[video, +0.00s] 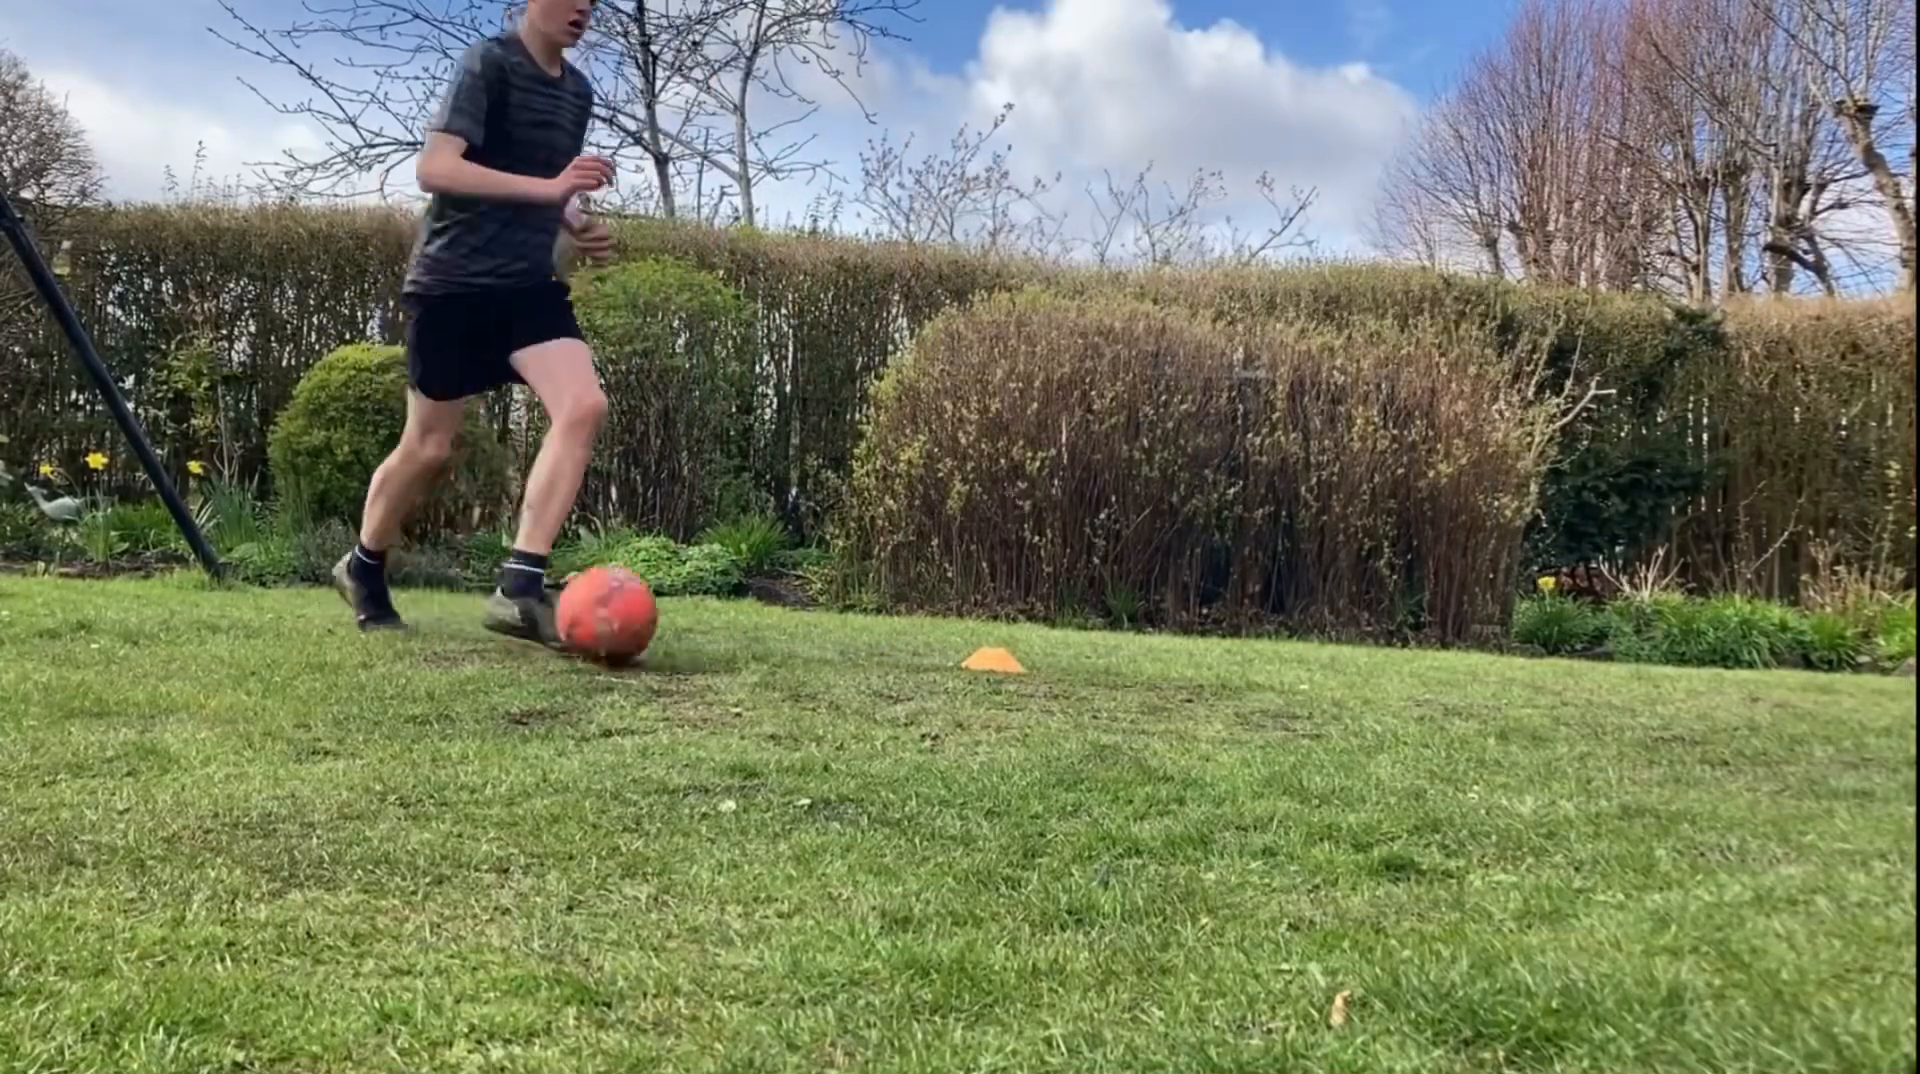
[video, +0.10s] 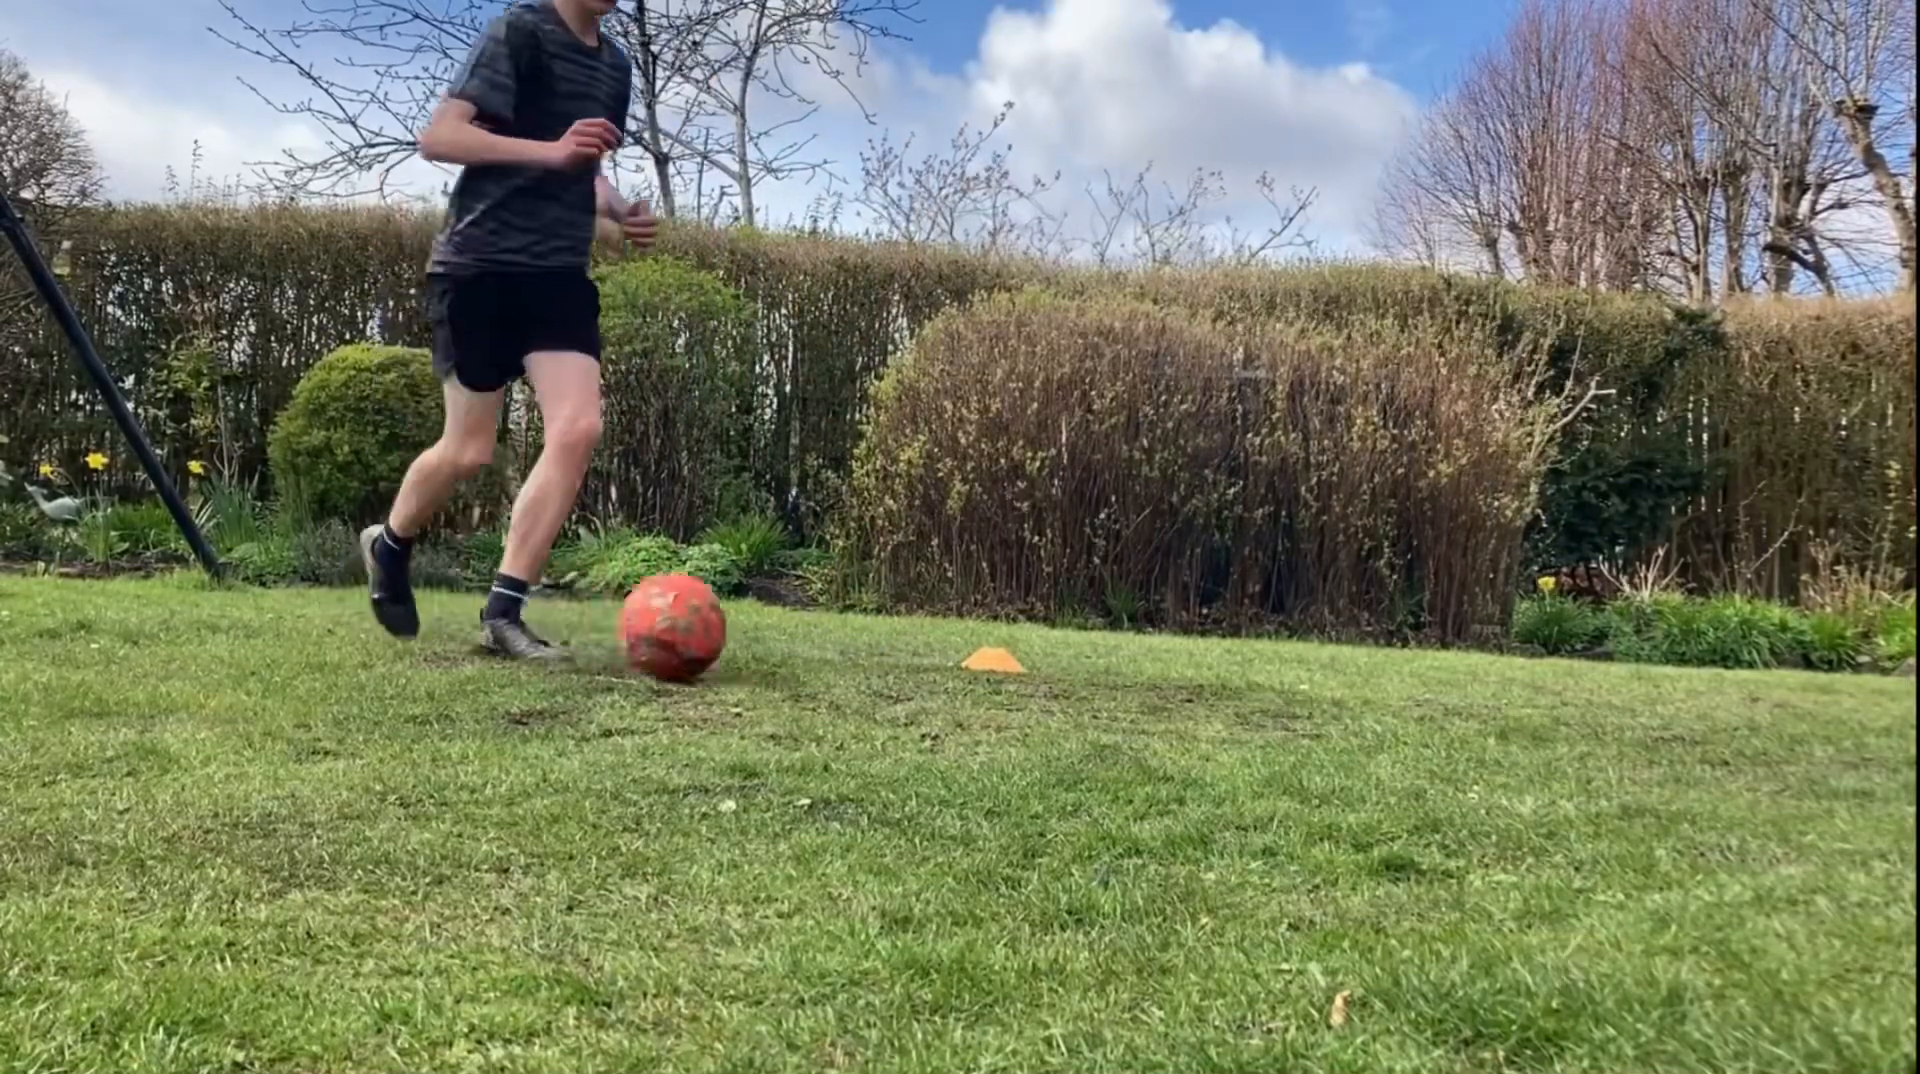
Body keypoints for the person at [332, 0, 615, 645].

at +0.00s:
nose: (582, 11)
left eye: (587, 3)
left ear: (586, 13)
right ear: (530, 1)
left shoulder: (576, 90)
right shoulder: (488, 63)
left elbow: (546, 186)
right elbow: (435, 167)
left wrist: (576, 226)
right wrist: (548, 187)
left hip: (529, 287)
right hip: (450, 286)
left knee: (582, 406)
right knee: (427, 448)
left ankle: (521, 585)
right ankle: (363, 565)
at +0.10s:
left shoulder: (615, 66)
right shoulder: (517, 31)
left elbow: (579, 171)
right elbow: (439, 134)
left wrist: (617, 210)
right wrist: (550, 152)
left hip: (559, 274)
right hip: (477, 266)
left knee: (578, 430)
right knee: (467, 449)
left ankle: (503, 611)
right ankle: (390, 546)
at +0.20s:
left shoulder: (660, 64)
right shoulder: (533, 27)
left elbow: (648, 178)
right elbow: (430, 127)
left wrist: (683, 204)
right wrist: (510, 137)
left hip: (596, 271)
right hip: (510, 263)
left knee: (590, 456)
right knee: (535, 460)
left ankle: (506, 613)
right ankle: (434, 547)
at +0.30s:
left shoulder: (707, 12)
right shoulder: (550, 4)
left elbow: (707, 130)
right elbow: (453, 62)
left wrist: (740, 152)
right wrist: (491, 92)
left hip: (640, 235)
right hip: (554, 214)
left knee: (597, 426)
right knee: (605, 399)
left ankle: (520, 589)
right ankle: (531, 595)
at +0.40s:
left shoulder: (749, 6)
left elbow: (754, 71)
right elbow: (498, 29)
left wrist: (780, 109)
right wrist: (540, 65)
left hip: (702, 188)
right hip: (607, 171)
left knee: (639, 398)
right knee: (660, 380)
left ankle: (580, 539)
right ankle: (656, 636)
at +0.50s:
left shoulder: (785, 3)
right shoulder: (609, 1)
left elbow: (781, 70)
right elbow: (552, 71)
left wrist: (817, 139)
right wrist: (636, 69)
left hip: (759, 202)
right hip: (657, 194)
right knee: (721, 402)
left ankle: (680, 486)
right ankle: (706, 661)